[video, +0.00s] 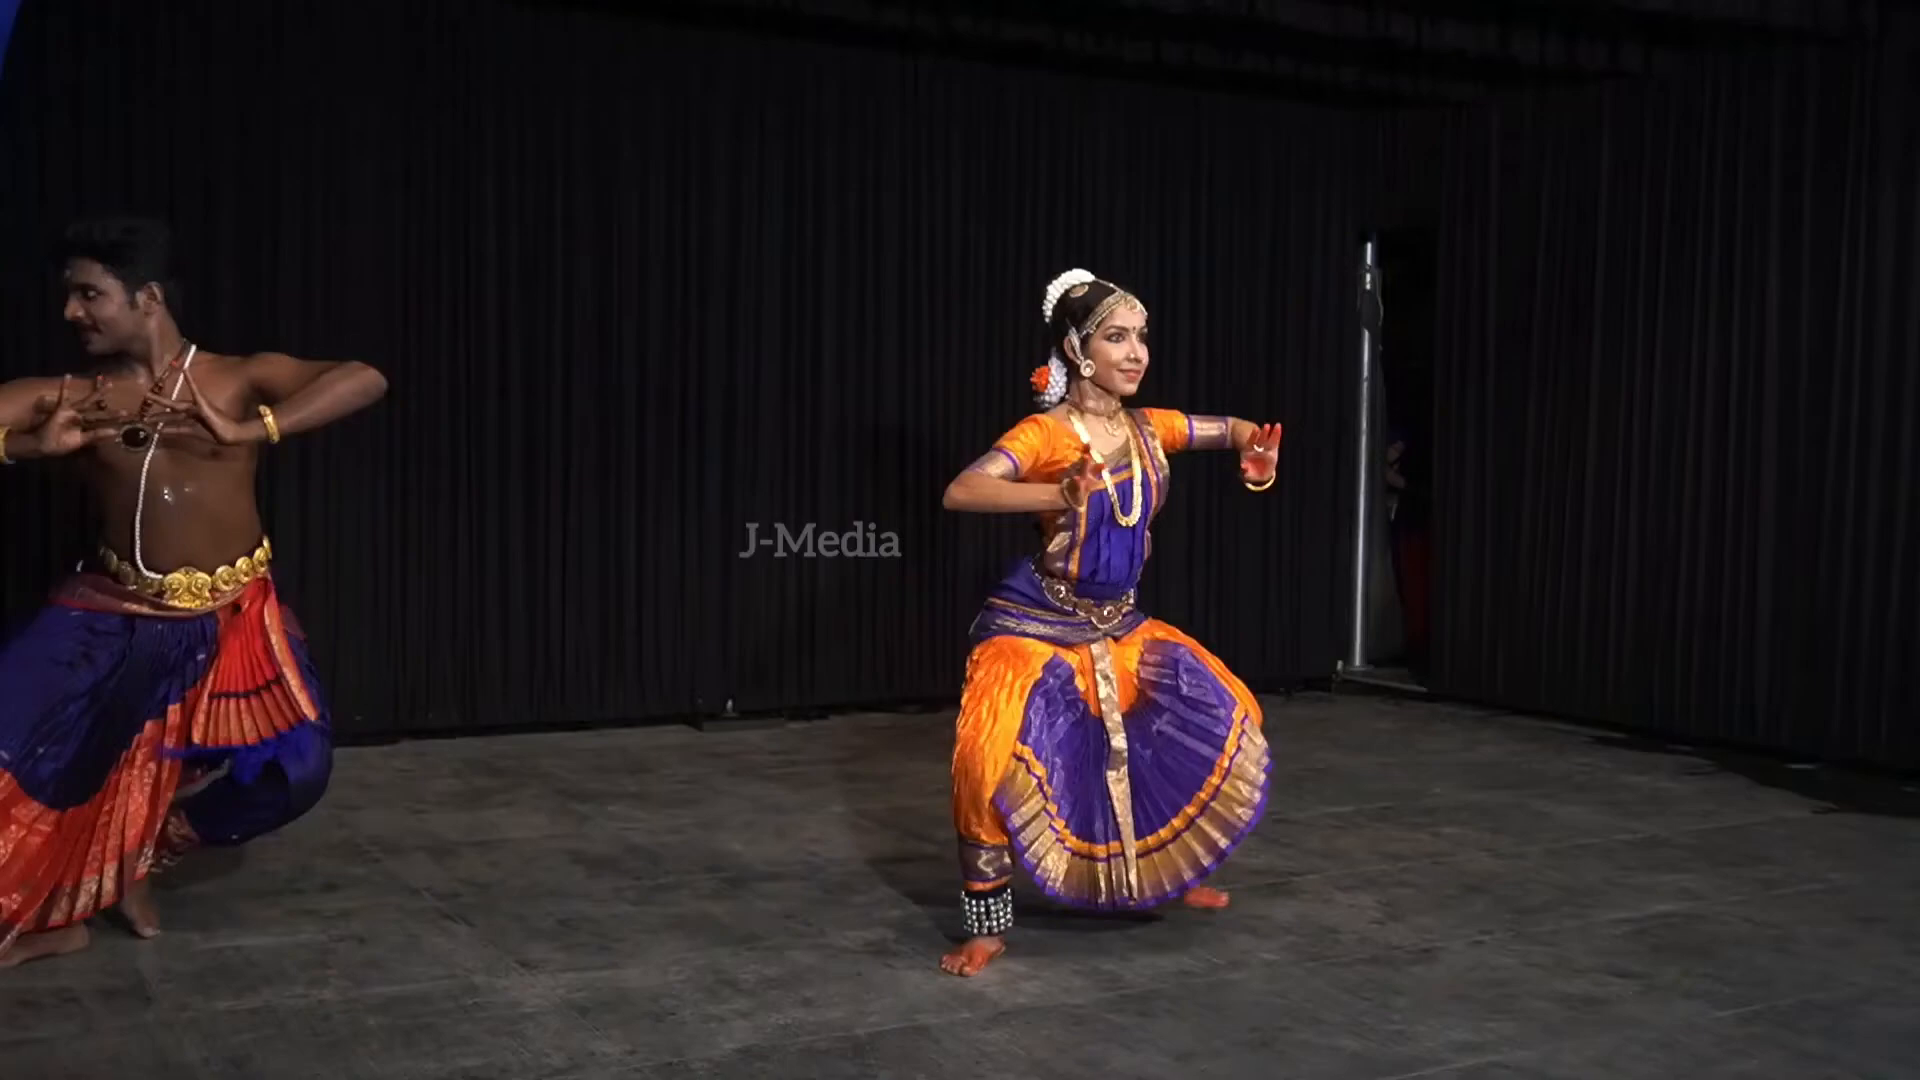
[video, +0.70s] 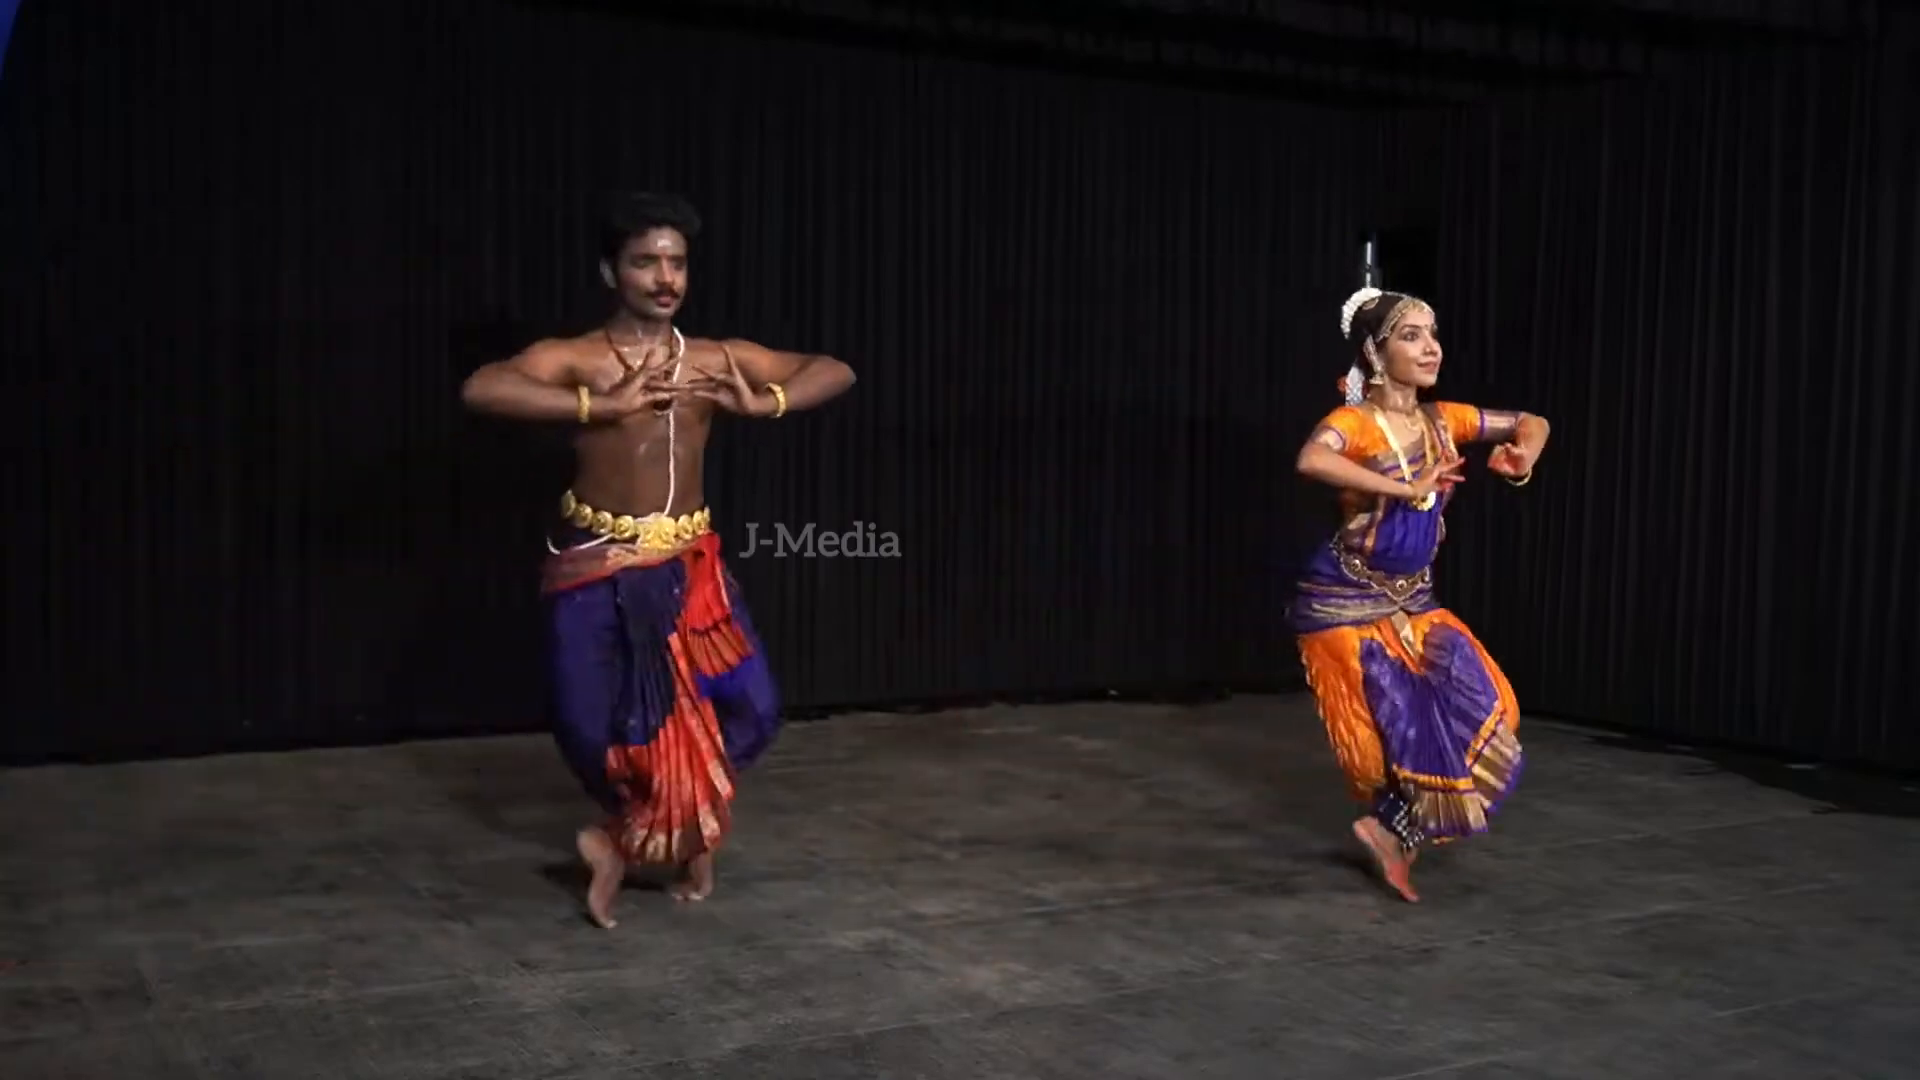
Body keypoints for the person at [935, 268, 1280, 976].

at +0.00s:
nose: (1137, 352)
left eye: (1142, 337)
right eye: (1119, 338)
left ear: (1146, 349)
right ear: (1078, 352)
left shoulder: (1151, 427)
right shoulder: (1047, 435)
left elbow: (1233, 429)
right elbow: (962, 491)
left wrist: (1255, 447)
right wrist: (1058, 494)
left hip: (1120, 626)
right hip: (1034, 624)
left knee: (1229, 710)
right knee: (980, 750)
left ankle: (1168, 863)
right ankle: (986, 924)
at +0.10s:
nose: (1163, 353)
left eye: (1168, 338)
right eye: (1146, 337)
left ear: (1171, 351)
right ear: (1104, 350)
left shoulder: (1172, 427)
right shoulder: (1074, 429)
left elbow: (1260, 431)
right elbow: (1002, 473)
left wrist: (1265, 459)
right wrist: (1100, 498)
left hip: (1138, 623)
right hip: (1054, 620)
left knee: (1249, 701)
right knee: (995, 747)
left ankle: (1214, 867)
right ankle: (988, 922)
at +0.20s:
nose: (1227, 346)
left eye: (1233, 332)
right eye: (1210, 331)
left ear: (1237, 343)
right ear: (1168, 342)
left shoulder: (1238, 422)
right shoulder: (1140, 417)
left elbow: (1327, 434)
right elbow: (1095, 456)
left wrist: (1327, 458)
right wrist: (1194, 494)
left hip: (1201, 616)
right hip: (1117, 612)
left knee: (1295, 712)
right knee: (1042, 737)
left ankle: (1296, 877)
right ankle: (995, 916)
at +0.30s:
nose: (1287, 344)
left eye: (1292, 330)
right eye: (1270, 329)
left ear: (1295, 342)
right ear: (1226, 342)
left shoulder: (1298, 418)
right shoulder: (1203, 413)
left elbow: (1388, 426)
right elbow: (1163, 459)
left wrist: (1387, 452)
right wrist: (1255, 491)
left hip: (1264, 611)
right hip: (1182, 605)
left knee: (1341, 718)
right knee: (1091, 721)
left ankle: (1309, 881)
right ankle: (1050, 894)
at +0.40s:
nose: (1335, 344)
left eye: (1339, 331)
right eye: (1319, 329)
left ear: (1342, 343)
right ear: (1279, 341)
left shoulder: (1344, 415)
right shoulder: (1253, 412)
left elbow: (1437, 422)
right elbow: (1211, 459)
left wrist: (1431, 447)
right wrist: (1309, 491)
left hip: (1313, 607)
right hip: (1234, 601)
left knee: (1362, 720)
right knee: (1168, 711)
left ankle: (1312, 880)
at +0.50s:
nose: (1374, 342)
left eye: (1379, 329)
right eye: (1357, 328)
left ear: (1383, 339)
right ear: (1318, 340)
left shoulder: (1385, 412)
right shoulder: (1293, 411)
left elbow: (1476, 420)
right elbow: (1254, 455)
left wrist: (1471, 442)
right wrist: (1349, 485)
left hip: (1351, 607)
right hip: (1279, 607)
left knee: (1392, 721)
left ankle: (1314, 875)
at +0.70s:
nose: (1431, 346)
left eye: (1434, 335)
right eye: (1413, 336)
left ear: (1437, 347)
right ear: (1377, 353)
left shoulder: (1445, 419)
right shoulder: (1355, 422)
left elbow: (1534, 424)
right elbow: (1312, 461)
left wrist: (1526, 449)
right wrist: (1405, 488)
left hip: (1412, 604)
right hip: (1342, 608)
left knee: (1494, 706)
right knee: (1378, 746)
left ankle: (1393, 825)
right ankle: (1406, 830)